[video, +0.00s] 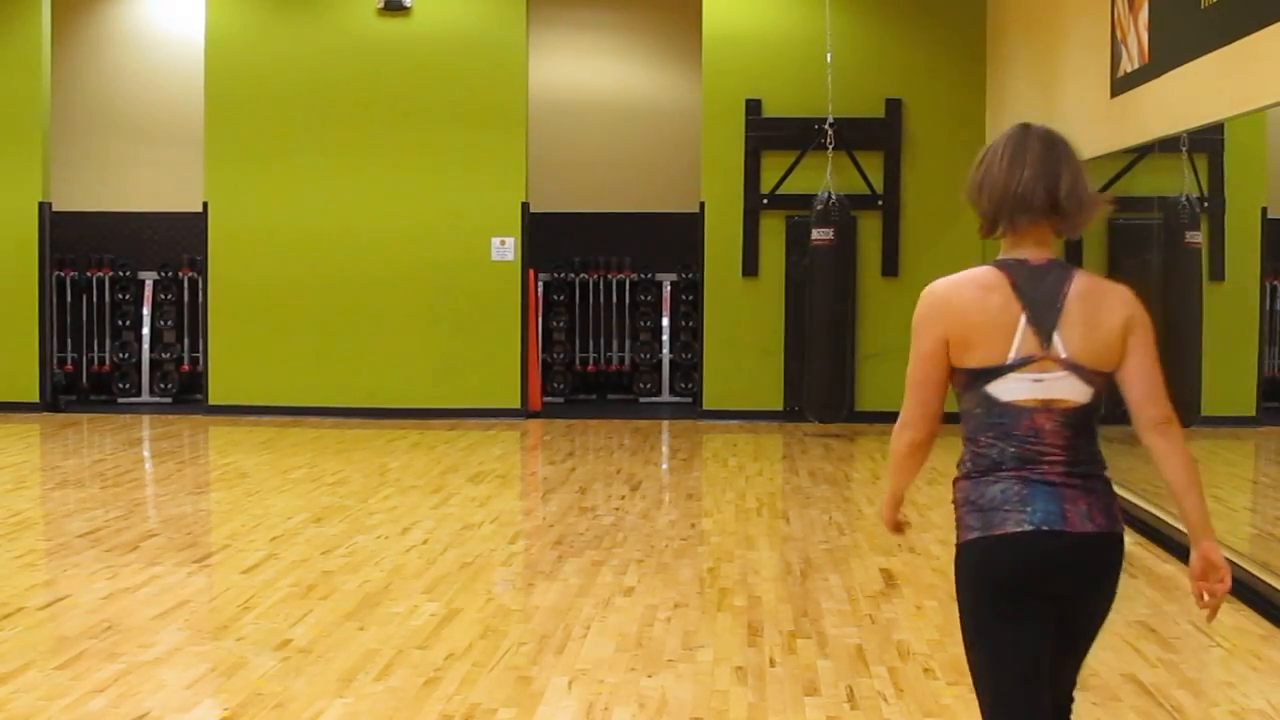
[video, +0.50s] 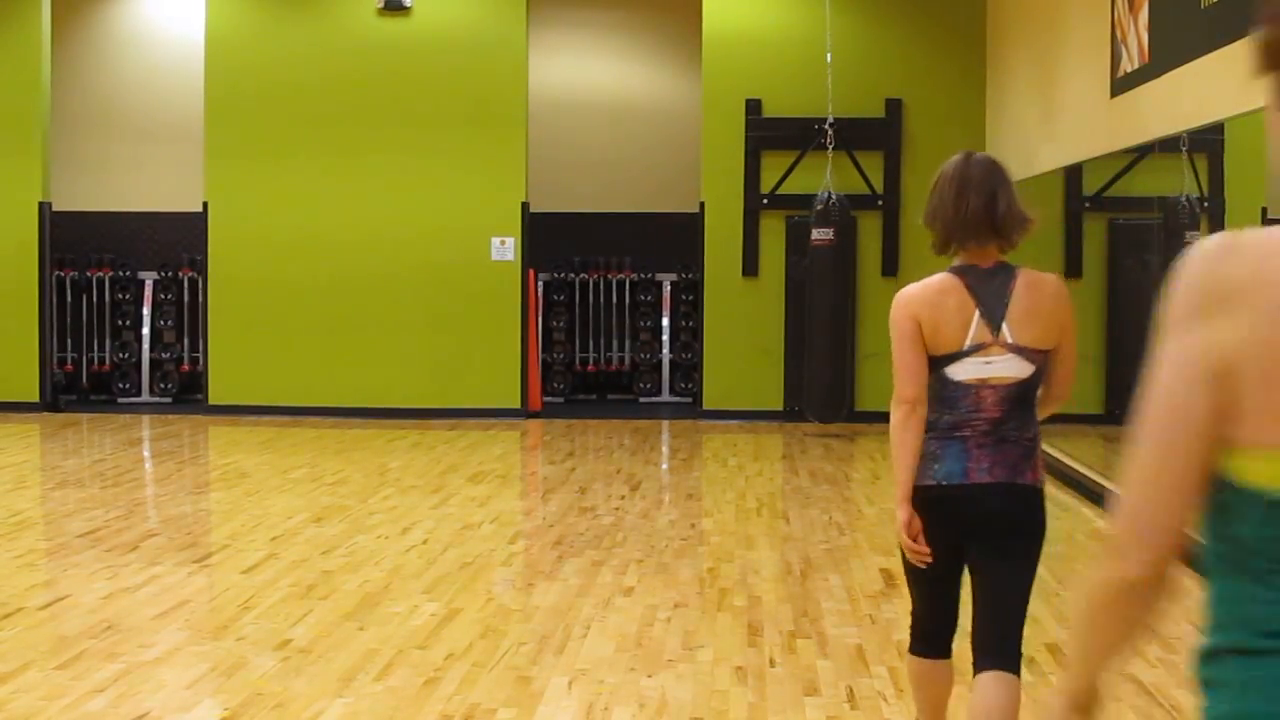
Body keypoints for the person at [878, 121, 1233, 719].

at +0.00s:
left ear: (986, 197)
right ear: (1074, 199)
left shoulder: (947, 299)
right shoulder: (1117, 304)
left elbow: (917, 428)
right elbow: (1159, 427)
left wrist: (893, 496)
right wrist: (1202, 537)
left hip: (996, 540)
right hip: (1091, 541)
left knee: (1012, 708)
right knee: (1053, 703)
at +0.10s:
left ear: (982, 202)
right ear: (1064, 205)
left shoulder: (940, 301)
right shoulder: (1099, 309)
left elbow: (911, 423)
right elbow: (1137, 425)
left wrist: (886, 481)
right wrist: (1181, 532)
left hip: (990, 532)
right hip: (1080, 528)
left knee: (990, 704)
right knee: (1045, 690)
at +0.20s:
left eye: (979, 185)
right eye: (1042, 187)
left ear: (974, 195)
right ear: (1048, 199)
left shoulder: (931, 289)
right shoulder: (1082, 298)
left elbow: (909, 408)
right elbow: (1112, 415)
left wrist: (891, 481)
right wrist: (1137, 511)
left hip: (982, 518)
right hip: (1071, 511)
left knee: (971, 672)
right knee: (1039, 672)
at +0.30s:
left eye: (965, 181)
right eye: (1024, 182)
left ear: (961, 191)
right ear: (1035, 191)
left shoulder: (926, 280)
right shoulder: (1073, 285)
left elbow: (907, 398)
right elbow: (1089, 403)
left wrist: (900, 485)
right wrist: (1085, 481)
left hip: (964, 494)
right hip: (1054, 492)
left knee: (960, 636)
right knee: (1028, 659)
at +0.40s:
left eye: (956, 191)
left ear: (952, 199)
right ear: (1023, 198)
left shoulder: (923, 287)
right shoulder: (1064, 284)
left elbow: (911, 397)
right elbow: (1071, 393)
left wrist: (904, 494)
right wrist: (1050, 437)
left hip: (949, 493)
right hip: (1033, 494)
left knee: (942, 634)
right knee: (1009, 654)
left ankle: (940, 719)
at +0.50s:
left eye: (947, 206)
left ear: (942, 213)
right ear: (1010, 211)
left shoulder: (916, 301)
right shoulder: (1050, 292)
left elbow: (909, 406)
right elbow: (1057, 392)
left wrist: (903, 499)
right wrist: (1011, 418)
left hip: (937, 498)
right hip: (1013, 498)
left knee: (931, 635)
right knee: (999, 648)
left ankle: (931, 718)